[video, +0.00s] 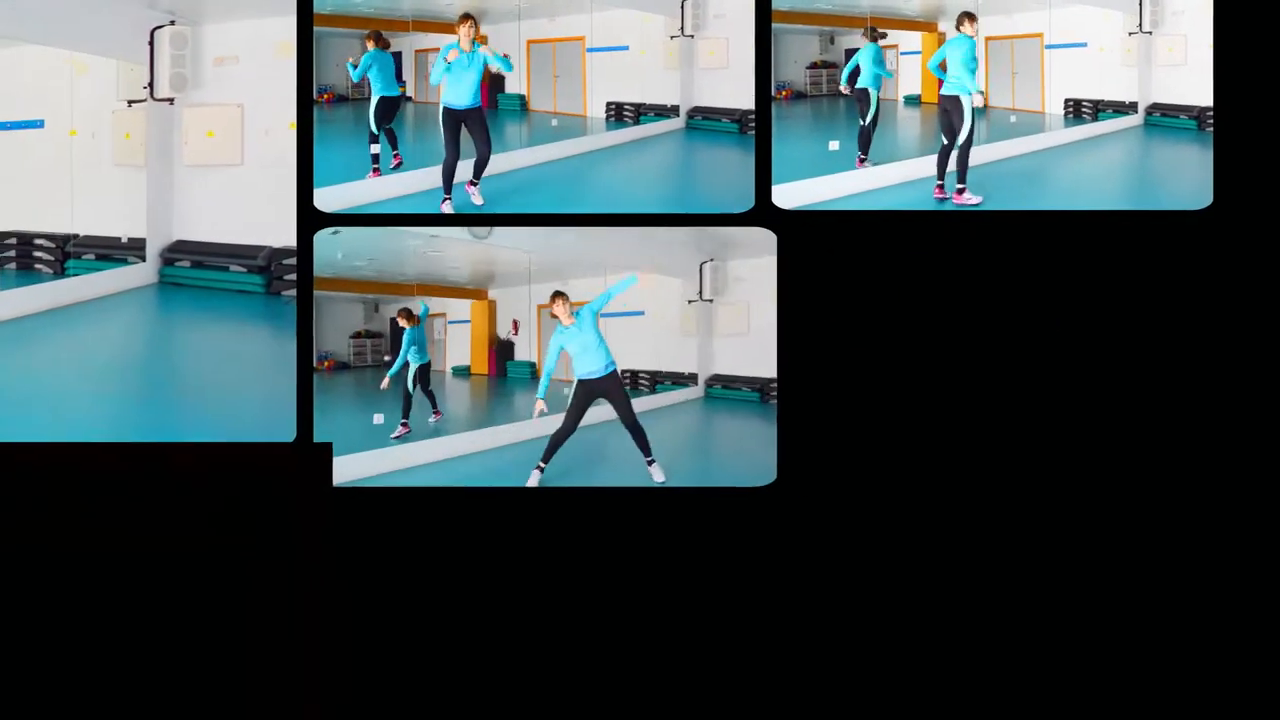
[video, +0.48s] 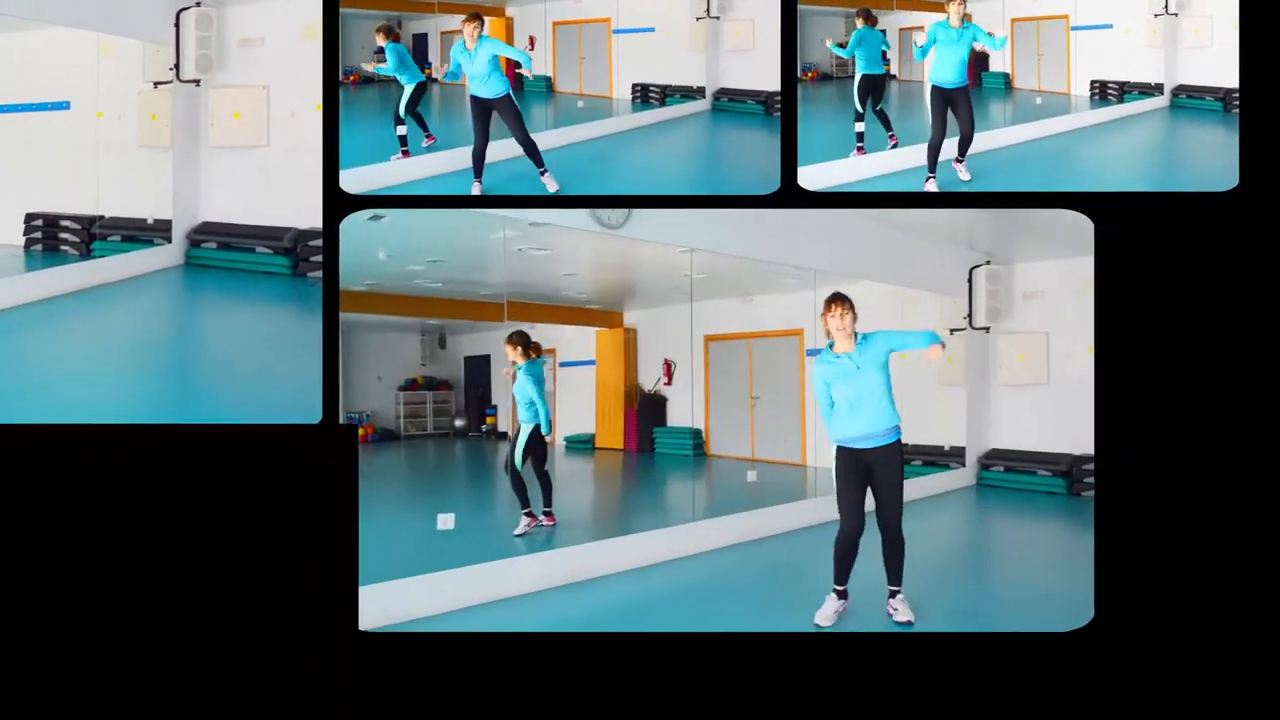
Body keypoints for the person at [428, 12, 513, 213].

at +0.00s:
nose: (468, 30)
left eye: (471, 26)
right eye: (464, 26)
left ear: (476, 30)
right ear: (458, 29)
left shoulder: (482, 51)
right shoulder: (447, 50)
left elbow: (508, 68)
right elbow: (434, 80)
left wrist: (491, 53)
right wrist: (447, 61)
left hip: (474, 109)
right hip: (450, 109)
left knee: (485, 151)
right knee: (452, 155)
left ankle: (473, 185)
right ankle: (447, 199)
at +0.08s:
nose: (468, 29)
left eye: (471, 25)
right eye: (464, 25)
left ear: (476, 29)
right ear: (458, 28)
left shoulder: (484, 48)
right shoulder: (450, 49)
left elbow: (506, 65)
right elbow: (441, 80)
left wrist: (478, 49)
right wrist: (458, 58)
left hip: (478, 106)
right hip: (454, 106)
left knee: (486, 148)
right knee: (456, 152)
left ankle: (477, 188)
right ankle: (454, 194)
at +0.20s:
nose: (468, 32)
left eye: (472, 29)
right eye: (464, 28)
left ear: (476, 32)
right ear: (458, 31)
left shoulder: (485, 48)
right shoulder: (451, 54)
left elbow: (507, 66)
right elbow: (449, 87)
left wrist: (478, 52)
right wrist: (463, 64)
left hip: (484, 107)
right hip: (460, 107)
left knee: (485, 150)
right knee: (463, 151)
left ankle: (478, 192)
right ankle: (463, 191)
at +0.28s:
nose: (468, 34)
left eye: (472, 31)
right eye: (465, 30)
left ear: (477, 34)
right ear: (459, 33)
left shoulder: (485, 50)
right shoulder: (453, 55)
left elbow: (511, 65)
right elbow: (451, 90)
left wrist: (481, 59)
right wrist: (465, 68)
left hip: (488, 105)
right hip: (465, 105)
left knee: (495, 147)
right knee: (469, 148)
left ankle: (486, 187)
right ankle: (467, 188)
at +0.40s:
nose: (471, 32)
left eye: (475, 29)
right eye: (468, 28)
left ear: (479, 32)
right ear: (461, 30)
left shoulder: (487, 46)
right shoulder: (454, 52)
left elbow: (517, 59)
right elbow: (448, 82)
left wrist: (496, 69)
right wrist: (454, 78)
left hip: (497, 99)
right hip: (473, 101)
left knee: (515, 139)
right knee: (477, 144)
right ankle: (473, 185)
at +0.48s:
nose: (472, 30)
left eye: (476, 27)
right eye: (469, 26)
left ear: (481, 30)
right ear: (463, 28)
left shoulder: (490, 44)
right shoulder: (456, 49)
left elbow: (521, 55)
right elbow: (455, 74)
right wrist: (446, 75)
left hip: (501, 96)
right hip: (478, 98)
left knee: (522, 137)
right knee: (480, 142)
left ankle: (545, 174)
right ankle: (477, 183)